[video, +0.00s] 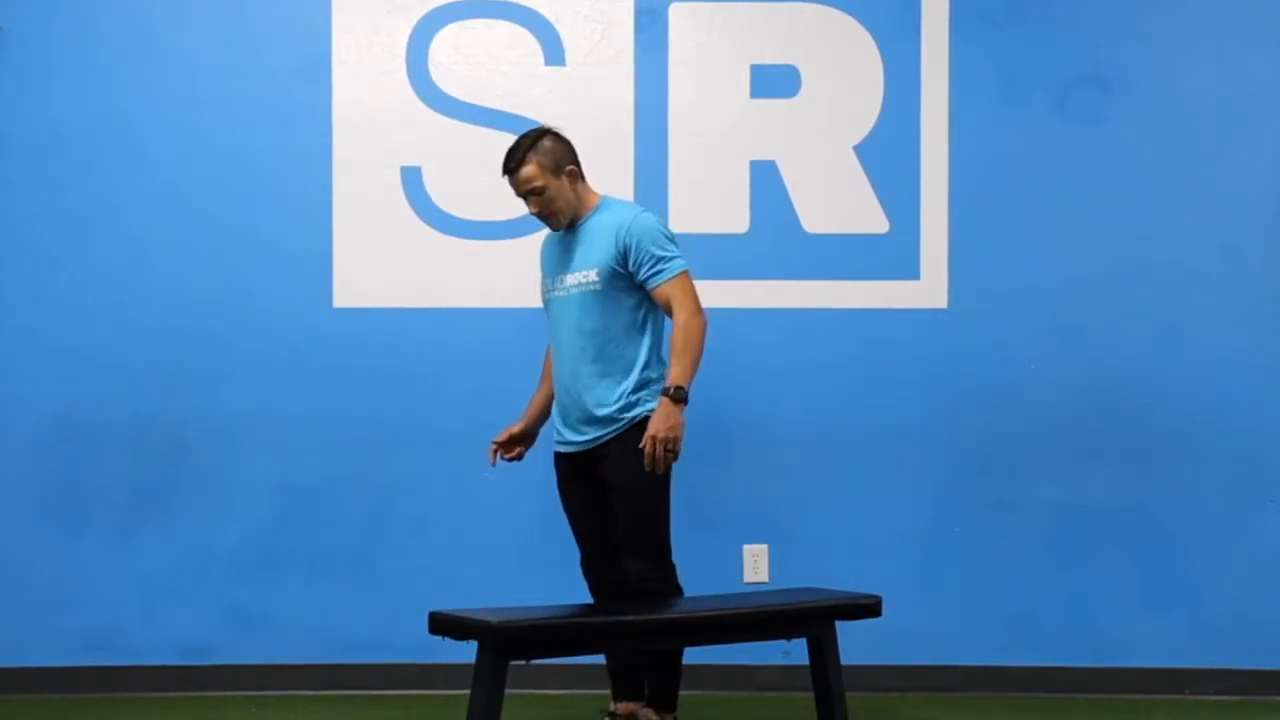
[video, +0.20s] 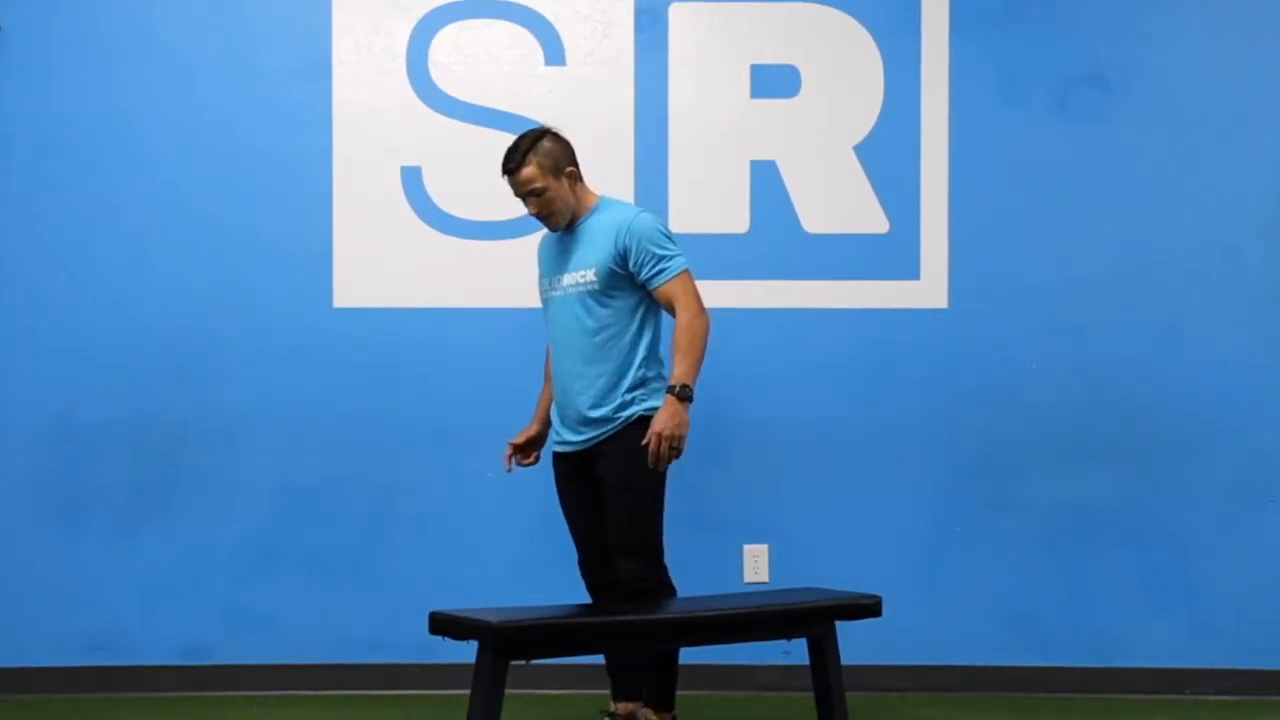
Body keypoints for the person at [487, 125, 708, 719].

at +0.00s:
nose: (531, 208)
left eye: (536, 193)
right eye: (523, 197)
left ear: (572, 175)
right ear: (524, 192)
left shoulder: (630, 227)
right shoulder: (552, 248)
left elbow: (689, 311)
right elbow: (564, 345)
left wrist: (673, 401)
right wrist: (531, 422)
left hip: (632, 432)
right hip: (575, 442)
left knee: (646, 572)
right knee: (604, 577)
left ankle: (660, 707)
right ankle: (625, 705)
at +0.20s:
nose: (530, 208)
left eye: (536, 193)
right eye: (522, 197)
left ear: (570, 176)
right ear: (521, 193)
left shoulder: (629, 227)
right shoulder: (550, 247)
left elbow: (692, 310)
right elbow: (564, 345)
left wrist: (678, 399)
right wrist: (541, 423)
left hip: (629, 430)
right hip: (572, 440)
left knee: (638, 570)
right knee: (602, 577)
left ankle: (658, 707)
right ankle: (626, 705)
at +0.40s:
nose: (527, 212)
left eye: (533, 197)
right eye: (518, 203)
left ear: (565, 179)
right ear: (513, 199)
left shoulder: (627, 222)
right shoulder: (542, 255)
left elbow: (698, 294)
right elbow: (554, 347)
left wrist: (689, 373)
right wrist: (531, 430)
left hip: (639, 405)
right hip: (578, 426)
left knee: (602, 538)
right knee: (592, 556)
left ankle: (645, 686)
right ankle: (626, 695)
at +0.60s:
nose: (527, 218)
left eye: (531, 203)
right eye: (516, 209)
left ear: (560, 179)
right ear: (511, 203)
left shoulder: (626, 217)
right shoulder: (537, 258)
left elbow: (702, 278)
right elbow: (547, 347)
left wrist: (711, 354)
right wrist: (522, 431)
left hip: (653, 377)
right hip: (591, 406)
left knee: (582, 432)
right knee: (603, 560)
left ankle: (663, 534)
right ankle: (628, 702)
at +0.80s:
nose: (526, 219)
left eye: (530, 204)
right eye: (516, 211)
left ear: (560, 180)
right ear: (510, 203)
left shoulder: (627, 215)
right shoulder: (533, 263)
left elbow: (700, 273)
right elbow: (543, 352)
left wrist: (728, 346)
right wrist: (527, 438)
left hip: (665, 375)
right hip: (599, 409)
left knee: (605, 388)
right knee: (606, 557)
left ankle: (692, 534)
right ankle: (629, 701)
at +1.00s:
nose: (530, 226)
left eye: (533, 210)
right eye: (519, 219)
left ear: (561, 183)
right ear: (513, 211)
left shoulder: (633, 214)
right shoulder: (533, 266)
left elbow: (711, 270)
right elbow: (541, 356)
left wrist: (736, 339)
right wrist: (525, 445)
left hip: (672, 371)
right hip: (603, 420)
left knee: (630, 410)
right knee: (609, 563)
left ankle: (696, 562)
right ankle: (630, 705)